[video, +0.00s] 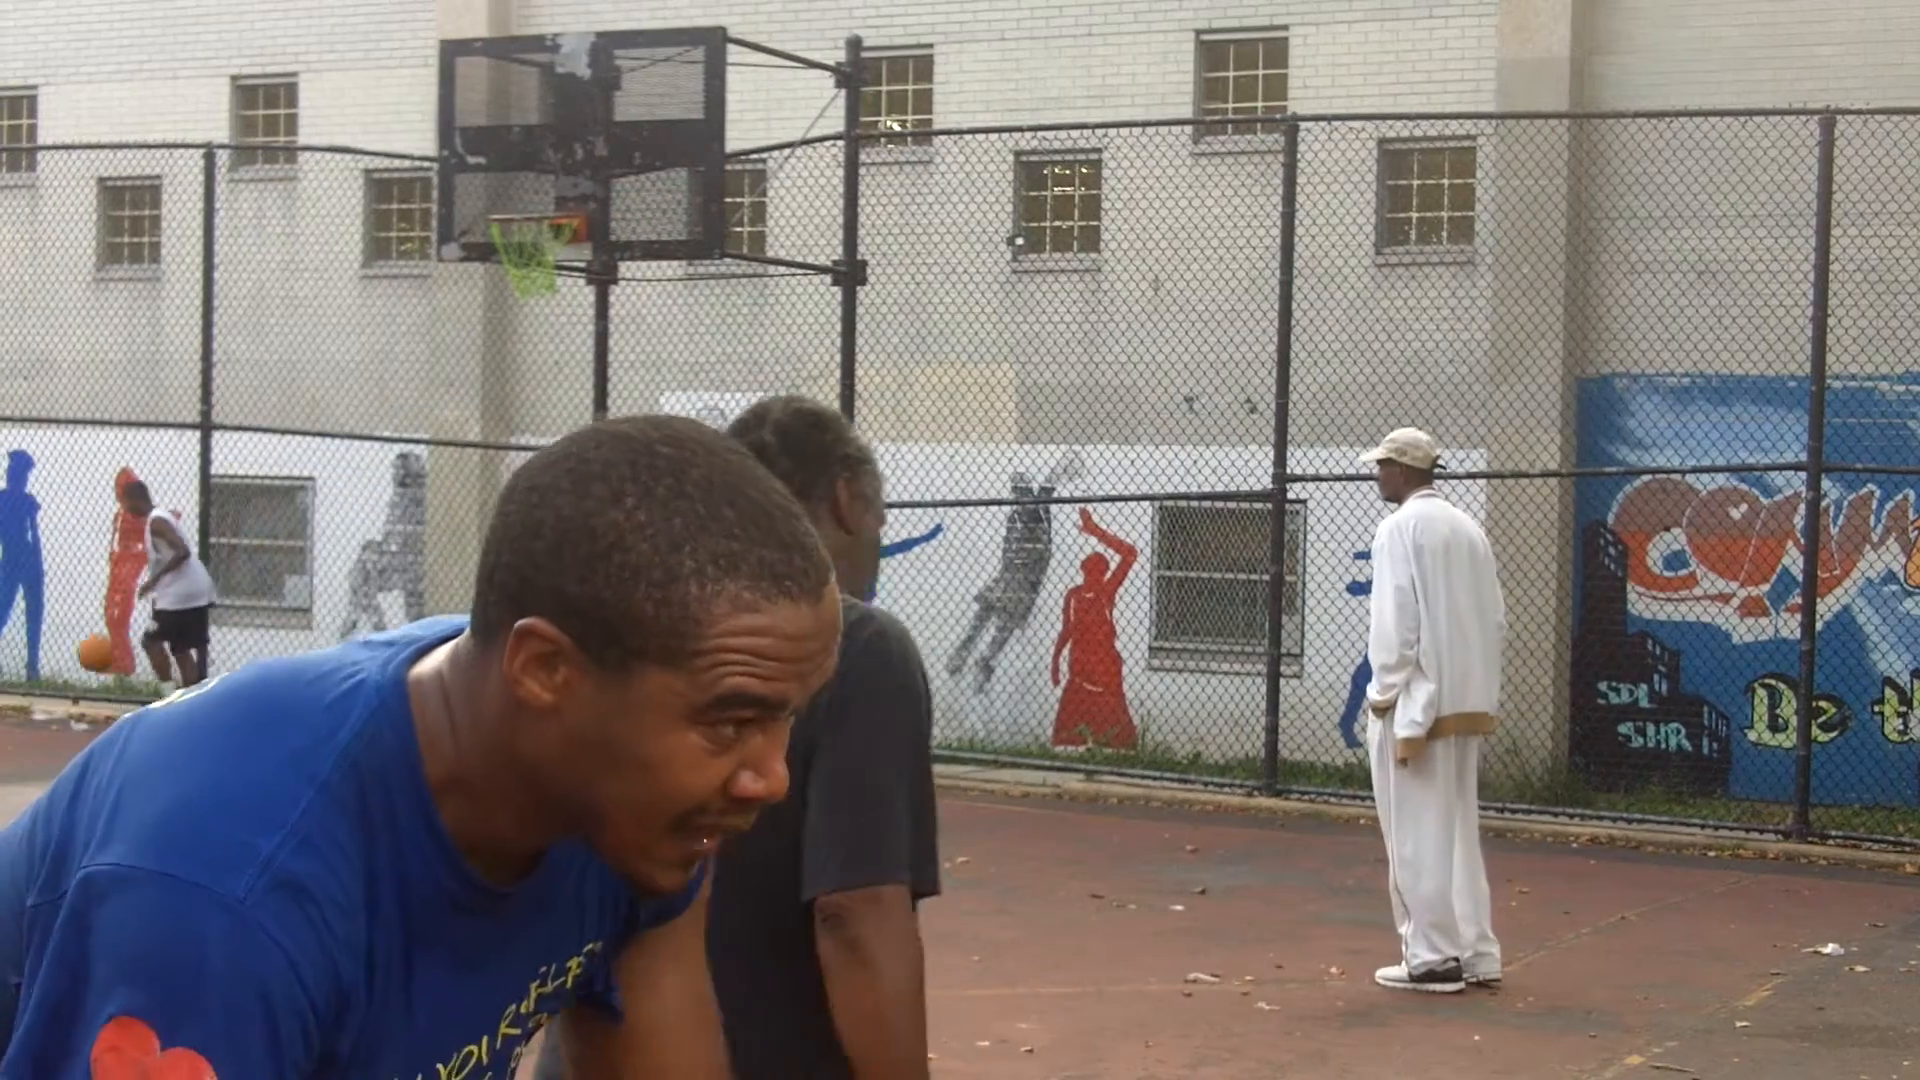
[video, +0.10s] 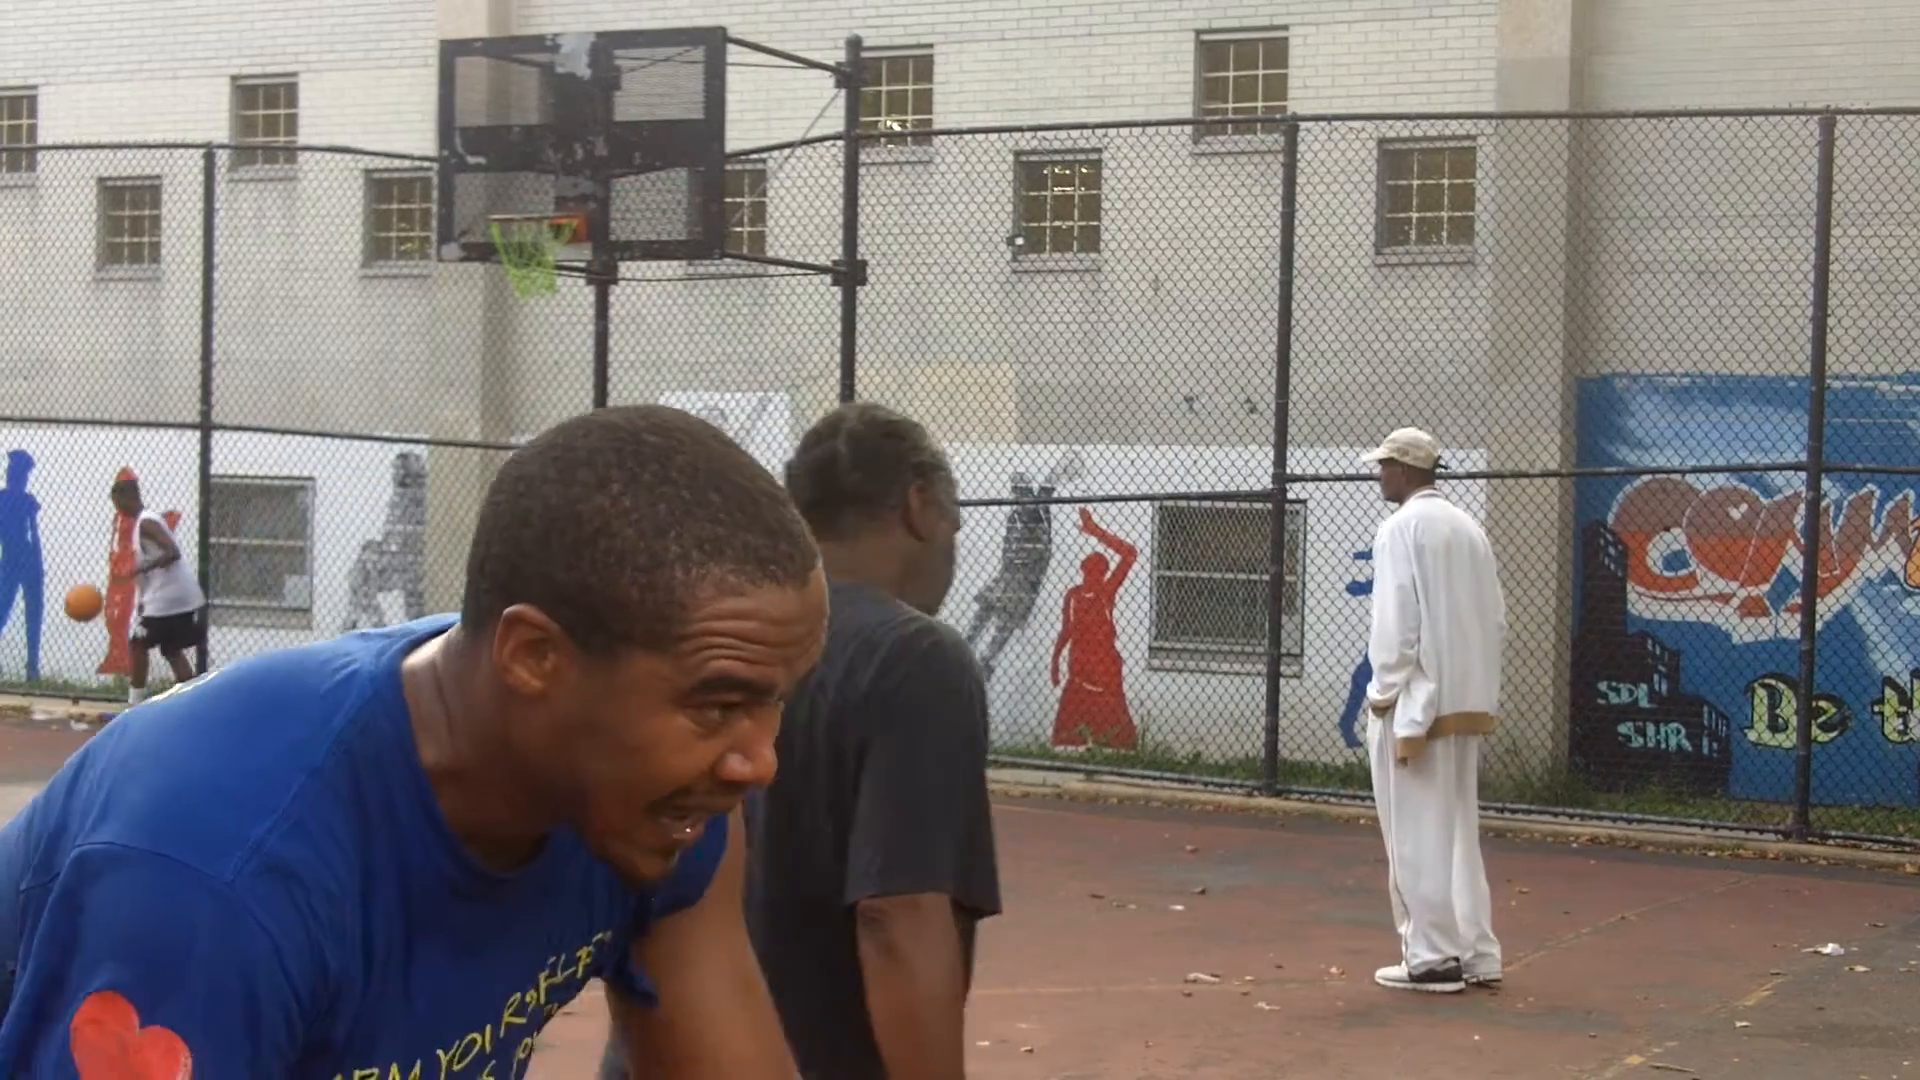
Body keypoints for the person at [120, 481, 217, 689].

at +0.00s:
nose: (125, 509)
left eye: (126, 503)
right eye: (123, 503)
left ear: (136, 500)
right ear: (145, 497)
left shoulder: (156, 521)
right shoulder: (163, 516)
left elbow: (182, 551)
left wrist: (152, 581)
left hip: (181, 591)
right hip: (197, 589)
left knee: (151, 640)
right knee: (181, 648)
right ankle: (193, 695)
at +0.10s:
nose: (117, 508)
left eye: (118, 502)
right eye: (116, 502)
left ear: (128, 499)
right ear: (135, 497)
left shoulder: (146, 522)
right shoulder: (149, 520)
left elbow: (172, 552)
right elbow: (166, 555)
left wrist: (138, 569)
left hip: (168, 597)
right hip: (184, 595)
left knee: (138, 643)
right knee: (171, 648)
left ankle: (135, 702)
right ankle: (194, 697)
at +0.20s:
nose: (109, 505)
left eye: (112, 499)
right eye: (108, 500)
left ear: (126, 498)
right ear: (124, 500)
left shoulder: (137, 524)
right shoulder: (126, 525)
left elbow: (153, 558)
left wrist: (112, 555)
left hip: (151, 599)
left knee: (121, 643)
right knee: (146, 651)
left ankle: (125, 699)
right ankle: (180, 690)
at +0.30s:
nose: (101, 501)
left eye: (105, 495)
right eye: (101, 495)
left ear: (119, 495)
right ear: (121, 496)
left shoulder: (129, 521)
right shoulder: (124, 521)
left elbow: (128, 556)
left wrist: (95, 538)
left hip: (131, 602)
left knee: (112, 657)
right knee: (126, 658)